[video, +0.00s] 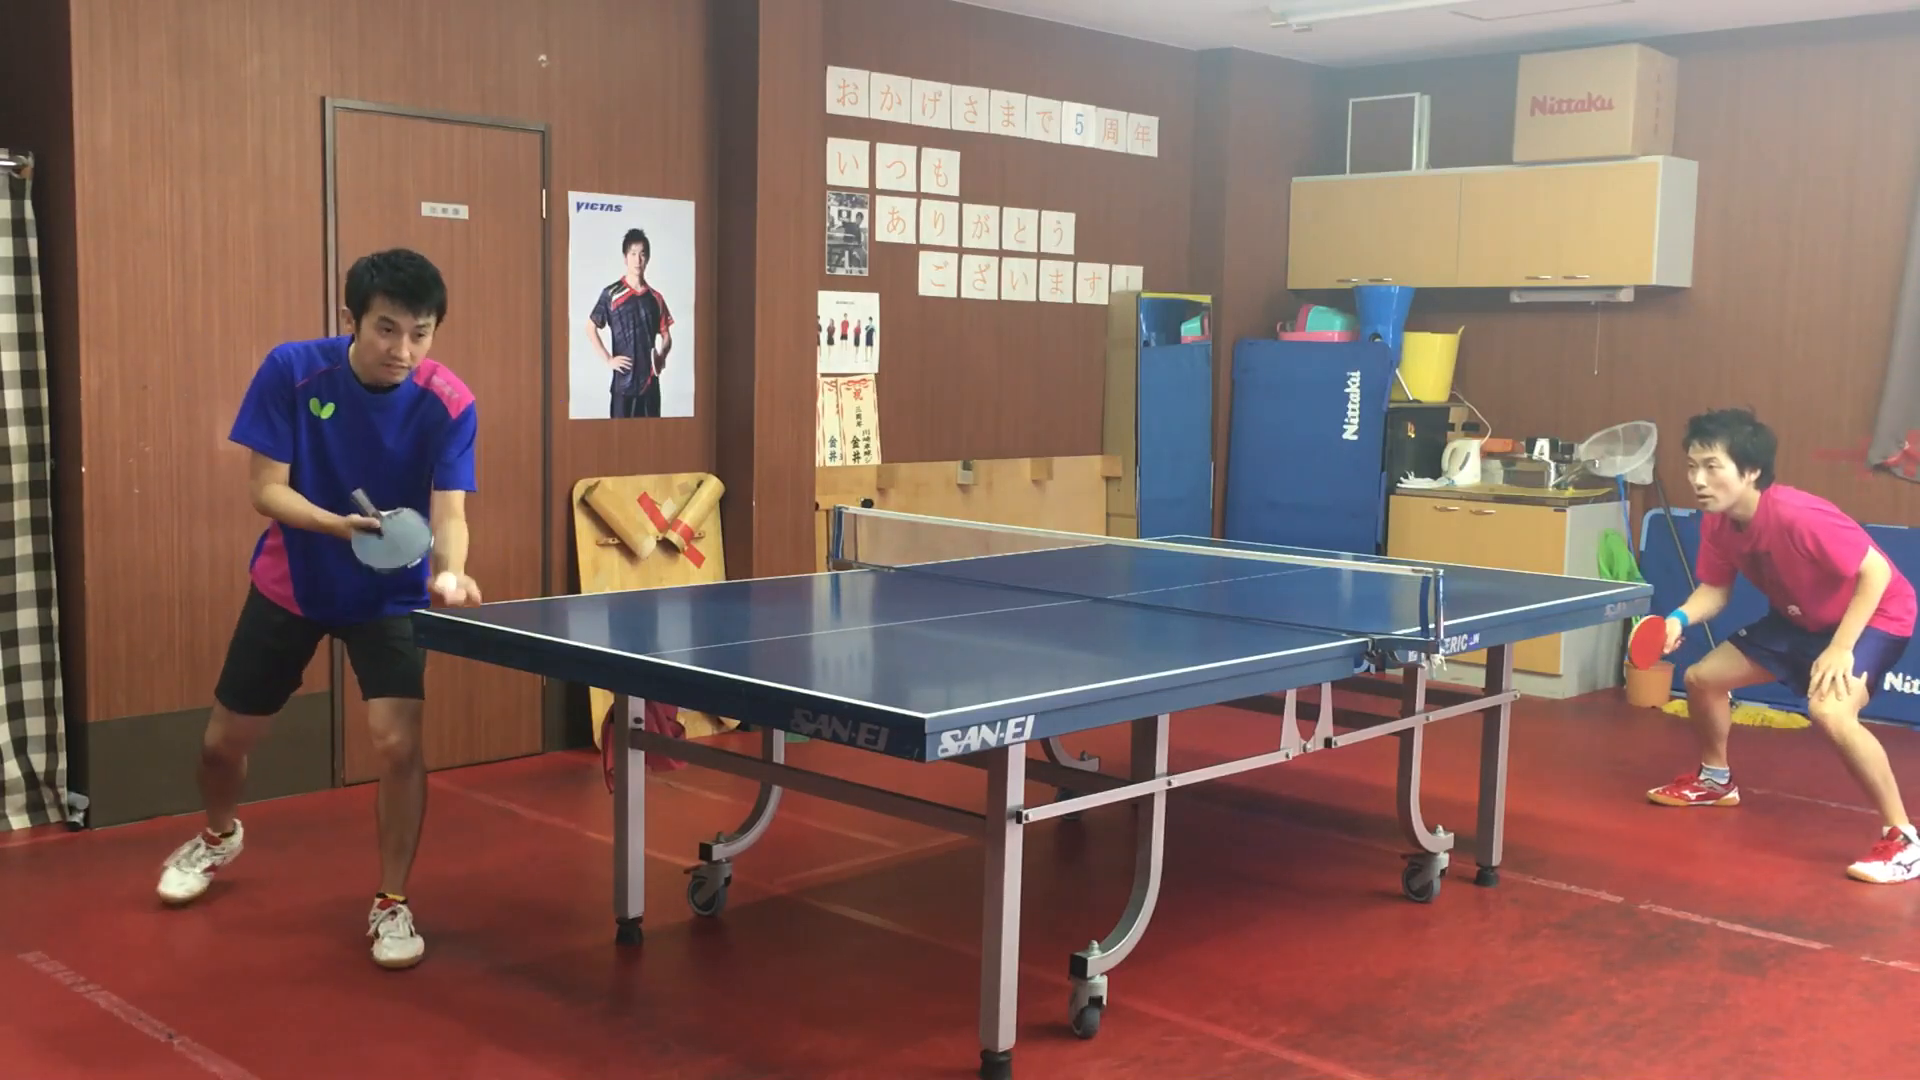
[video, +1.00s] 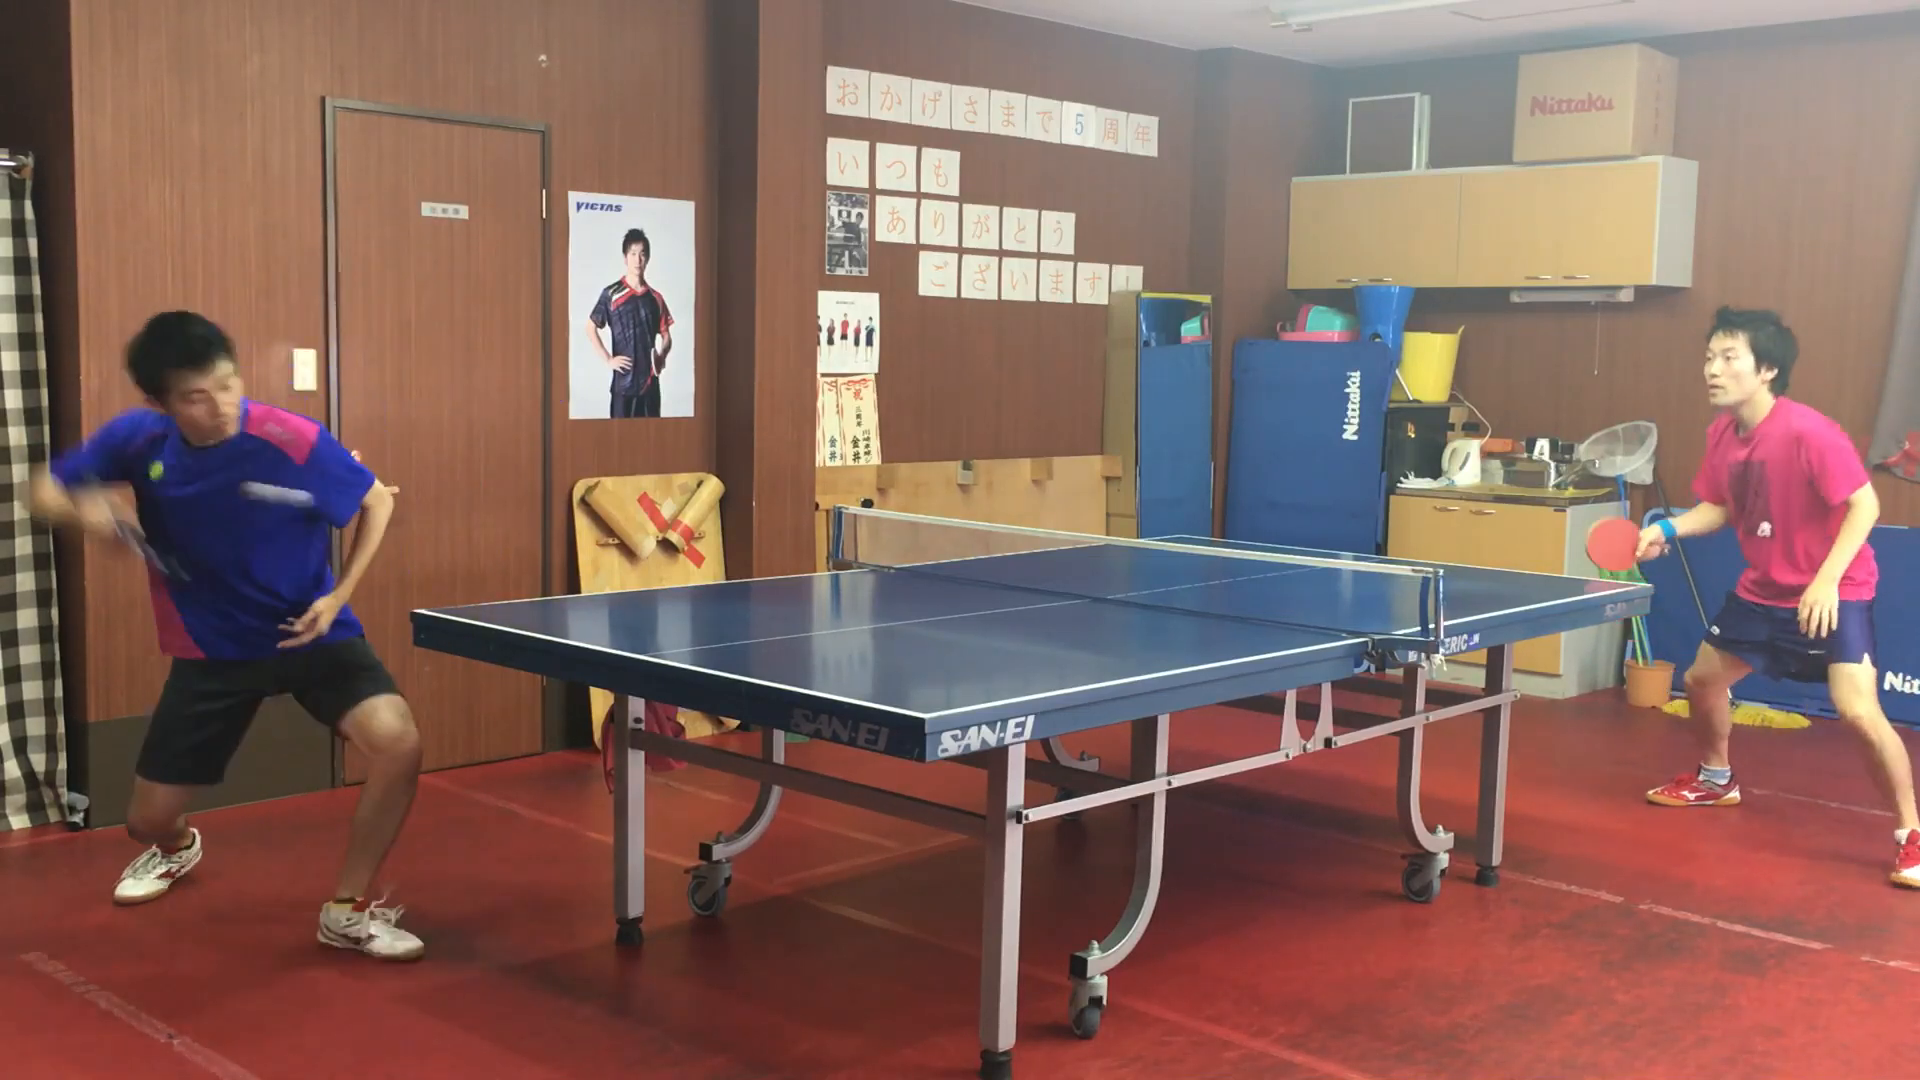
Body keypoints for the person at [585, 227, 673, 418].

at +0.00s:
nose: (638, 260)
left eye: (643, 254)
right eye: (633, 254)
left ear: (648, 258)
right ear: (625, 258)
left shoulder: (655, 297)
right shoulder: (611, 294)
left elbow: (666, 336)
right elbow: (591, 327)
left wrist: (662, 356)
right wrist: (608, 359)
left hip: (649, 378)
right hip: (624, 379)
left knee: (650, 435)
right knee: (622, 436)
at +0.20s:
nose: (638, 260)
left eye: (643, 254)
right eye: (633, 254)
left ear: (648, 258)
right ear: (625, 258)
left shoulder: (655, 297)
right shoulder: (611, 294)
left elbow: (666, 336)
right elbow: (591, 327)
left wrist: (662, 356)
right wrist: (608, 359)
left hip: (649, 378)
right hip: (624, 379)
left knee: (650, 435)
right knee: (622, 436)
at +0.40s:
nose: (639, 259)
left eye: (643, 254)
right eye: (633, 254)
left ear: (648, 258)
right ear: (625, 257)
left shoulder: (655, 297)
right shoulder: (611, 294)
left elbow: (666, 336)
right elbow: (591, 327)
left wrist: (662, 355)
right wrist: (608, 359)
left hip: (649, 378)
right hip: (624, 379)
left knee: (650, 436)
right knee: (622, 436)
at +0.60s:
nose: (639, 259)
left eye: (643, 254)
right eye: (633, 254)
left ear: (648, 258)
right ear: (625, 257)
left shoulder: (655, 297)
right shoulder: (611, 294)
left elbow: (666, 336)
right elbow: (591, 327)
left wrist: (662, 355)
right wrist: (608, 359)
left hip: (649, 378)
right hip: (624, 379)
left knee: (650, 436)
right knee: (622, 436)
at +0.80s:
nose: (639, 259)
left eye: (643, 254)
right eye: (633, 254)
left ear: (648, 258)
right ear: (625, 257)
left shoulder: (655, 297)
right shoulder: (611, 294)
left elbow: (666, 336)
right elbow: (591, 327)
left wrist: (662, 355)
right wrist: (608, 359)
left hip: (649, 379)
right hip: (624, 379)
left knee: (649, 436)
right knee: (622, 436)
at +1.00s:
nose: (639, 259)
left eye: (643, 254)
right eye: (633, 254)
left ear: (648, 258)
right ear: (625, 257)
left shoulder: (655, 297)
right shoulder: (611, 294)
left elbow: (666, 336)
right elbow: (591, 327)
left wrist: (662, 355)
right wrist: (608, 359)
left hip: (649, 378)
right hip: (624, 379)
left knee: (650, 436)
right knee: (622, 436)